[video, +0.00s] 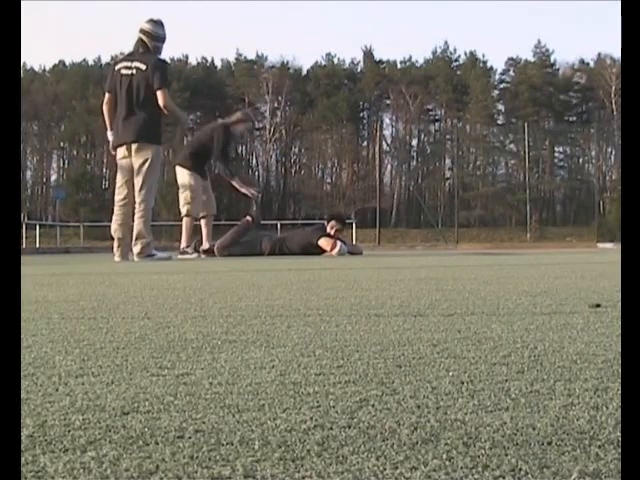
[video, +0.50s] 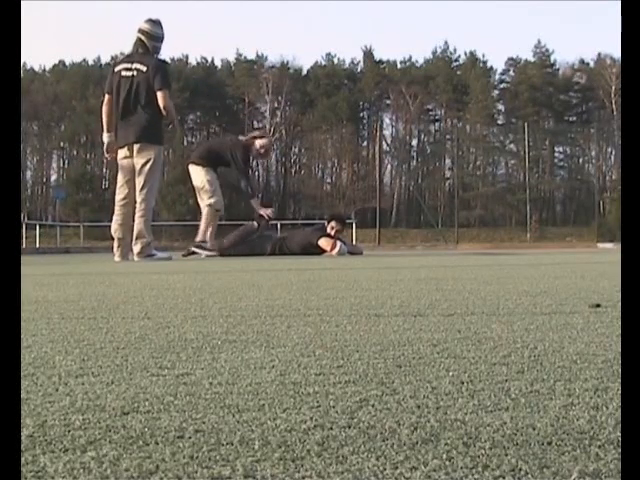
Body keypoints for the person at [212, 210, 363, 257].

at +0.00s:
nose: (335, 233)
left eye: (338, 231)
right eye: (334, 229)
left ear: (339, 230)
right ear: (327, 224)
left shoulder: (331, 236)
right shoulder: (318, 235)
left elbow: (358, 250)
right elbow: (337, 248)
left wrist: (342, 247)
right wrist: (342, 247)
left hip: (270, 242)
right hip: (266, 245)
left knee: (225, 247)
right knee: (220, 250)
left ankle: (203, 250)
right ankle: (247, 221)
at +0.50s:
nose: (334, 234)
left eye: (338, 231)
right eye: (333, 229)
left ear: (339, 230)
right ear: (327, 225)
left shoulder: (330, 237)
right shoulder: (319, 235)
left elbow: (357, 250)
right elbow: (335, 251)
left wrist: (344, 247)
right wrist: (344, 245)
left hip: (277, 243)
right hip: (274, 245)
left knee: (230, 247)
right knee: (227, 248)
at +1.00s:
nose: (338, 241)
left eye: (340, 239)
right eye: (339, 237)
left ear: (334, 234)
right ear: (333, 233)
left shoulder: (324, 238)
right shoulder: (319, 236)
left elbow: (355, 251)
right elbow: (333, 248)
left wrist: (345, 246)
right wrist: (351, 248)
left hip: (271, 240)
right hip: (269, 242)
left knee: (233, 245)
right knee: (232, 247)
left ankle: (203, 246)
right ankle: (201, 248)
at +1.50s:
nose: (339, 243)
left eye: (341, 241)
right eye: (340, 240)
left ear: (334, 234)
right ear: (335, 236)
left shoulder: (323, 238)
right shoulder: (320, 236)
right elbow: (334, 249)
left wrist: (345, 246)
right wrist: (350, 248)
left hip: (272, 241)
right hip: (271, 242)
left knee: (234, 247)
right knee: (233, 248)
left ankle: (198, 251)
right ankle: (197, 252)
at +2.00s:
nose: (337, 239)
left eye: (341, 236)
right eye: (336, 234)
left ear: (343, 236)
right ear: (330, 231)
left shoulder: (331, 243)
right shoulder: (318, 237)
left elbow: (359, 251)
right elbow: (333, 248)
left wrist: (344, 247)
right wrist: (352, 249)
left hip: (272, 243)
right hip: (268, 239)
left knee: (233, 246)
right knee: (234, 246)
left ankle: (199, 252)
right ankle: (200, 251)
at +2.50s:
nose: (337, 242)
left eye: (340, 240)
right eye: (338, 238)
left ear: (337, 239)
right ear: (333, 235)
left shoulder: (324, 241)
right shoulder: (320, 237)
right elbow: (333, 249)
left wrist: (346, 246)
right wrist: (346, 248)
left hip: (272, 240)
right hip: (270, 241)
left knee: (232, 247)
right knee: (231, 248)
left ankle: (197, 252)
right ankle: (197, 252)